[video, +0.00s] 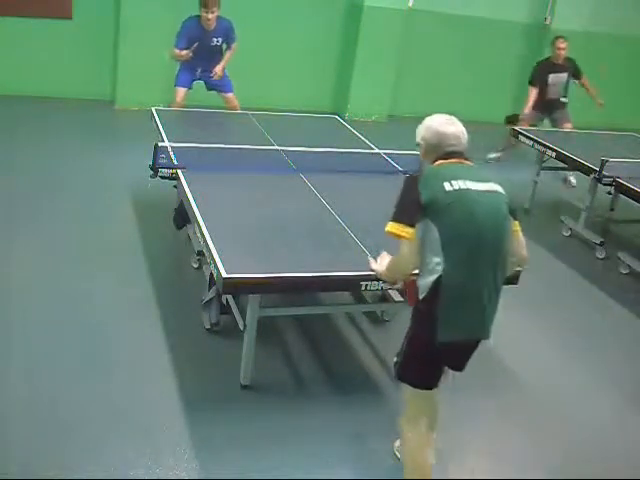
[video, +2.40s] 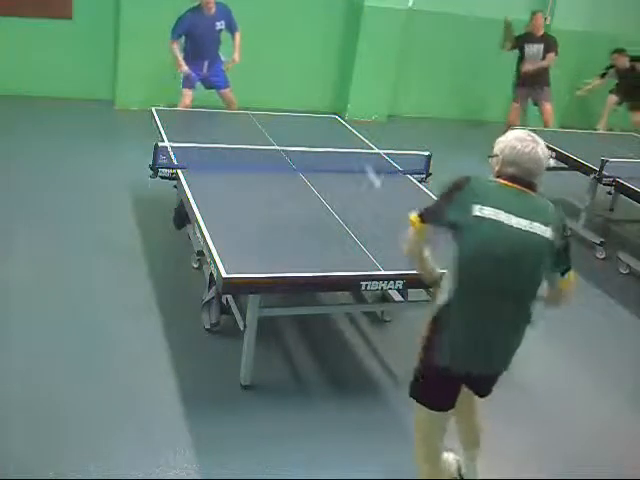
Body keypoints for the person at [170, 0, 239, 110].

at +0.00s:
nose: (209, 17)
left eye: (212, 13)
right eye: (206, 12)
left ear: (218, 12)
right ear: (200, 11)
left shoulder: (225, 25)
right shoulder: (189, 24)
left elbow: (231, 46)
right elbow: (175, 52)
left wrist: (221, 66)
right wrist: (183, 55)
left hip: (213, 66)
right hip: (190, 66)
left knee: (232, 103)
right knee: (178, 101)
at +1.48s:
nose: (200, 23)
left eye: (203, 18)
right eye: (197, 19)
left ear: (210, 16)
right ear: (194, 19)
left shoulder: (227, 27)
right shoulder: (194, 32)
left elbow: (243, 50)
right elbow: (187, 59)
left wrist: (232, 69)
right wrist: (181, 69)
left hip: (230, 70)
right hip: (207, 72)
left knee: (243, 108)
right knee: (192, 104)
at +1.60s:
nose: (187, 33)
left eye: (189, 28)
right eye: (184, 29)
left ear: (198, 23)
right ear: (182, 29)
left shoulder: (219, 31)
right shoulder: (186, 43)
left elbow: (243, 46)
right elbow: (186, 70)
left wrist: (235, 71)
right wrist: (172, 79)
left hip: (230, 72)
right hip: (208, 74)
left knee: (243, 109)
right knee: (191, 104)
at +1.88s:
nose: (177, 38)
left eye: (178, 33)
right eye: (174, 35)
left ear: (186, 28)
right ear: (172, 34)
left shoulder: (208, 31)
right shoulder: (176, 47)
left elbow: (233, 42)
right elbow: (179, 73)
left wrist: (230, 68)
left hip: (221, 72)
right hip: (198, 74)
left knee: (236, 107)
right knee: (184, 104)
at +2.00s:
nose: (182, 28)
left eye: (184, 23)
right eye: (178, 25)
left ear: (190, 18)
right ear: (175, 26)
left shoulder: (208, 25)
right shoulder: (176, 40)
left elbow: (230, 37)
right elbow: (181, 73)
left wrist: (226, 63)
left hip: (216, 67)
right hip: (194, 71)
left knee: (235, 105)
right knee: (185, 102)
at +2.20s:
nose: (193, 11)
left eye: (196, 6)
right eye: (190, 8)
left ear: (201, 5)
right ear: (186, 9)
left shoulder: (213, 16)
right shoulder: (181, 28)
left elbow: (228, 30)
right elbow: (176, 61)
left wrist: (228, 56)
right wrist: (198, 78)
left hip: (213, 63)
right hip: (190, 67)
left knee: (231, 100)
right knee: (185, 102)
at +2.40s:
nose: (210, 3)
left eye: (212, 1)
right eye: (206, 1)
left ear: (215, 1)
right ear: (201, 2)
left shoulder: (223, 11)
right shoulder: (189, 16)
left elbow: (235, 31)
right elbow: (174, 41)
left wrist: (236, 54)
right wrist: (181, 64)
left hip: (214, 63)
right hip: (192, 64)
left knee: (230, 100)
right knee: (186, 102)